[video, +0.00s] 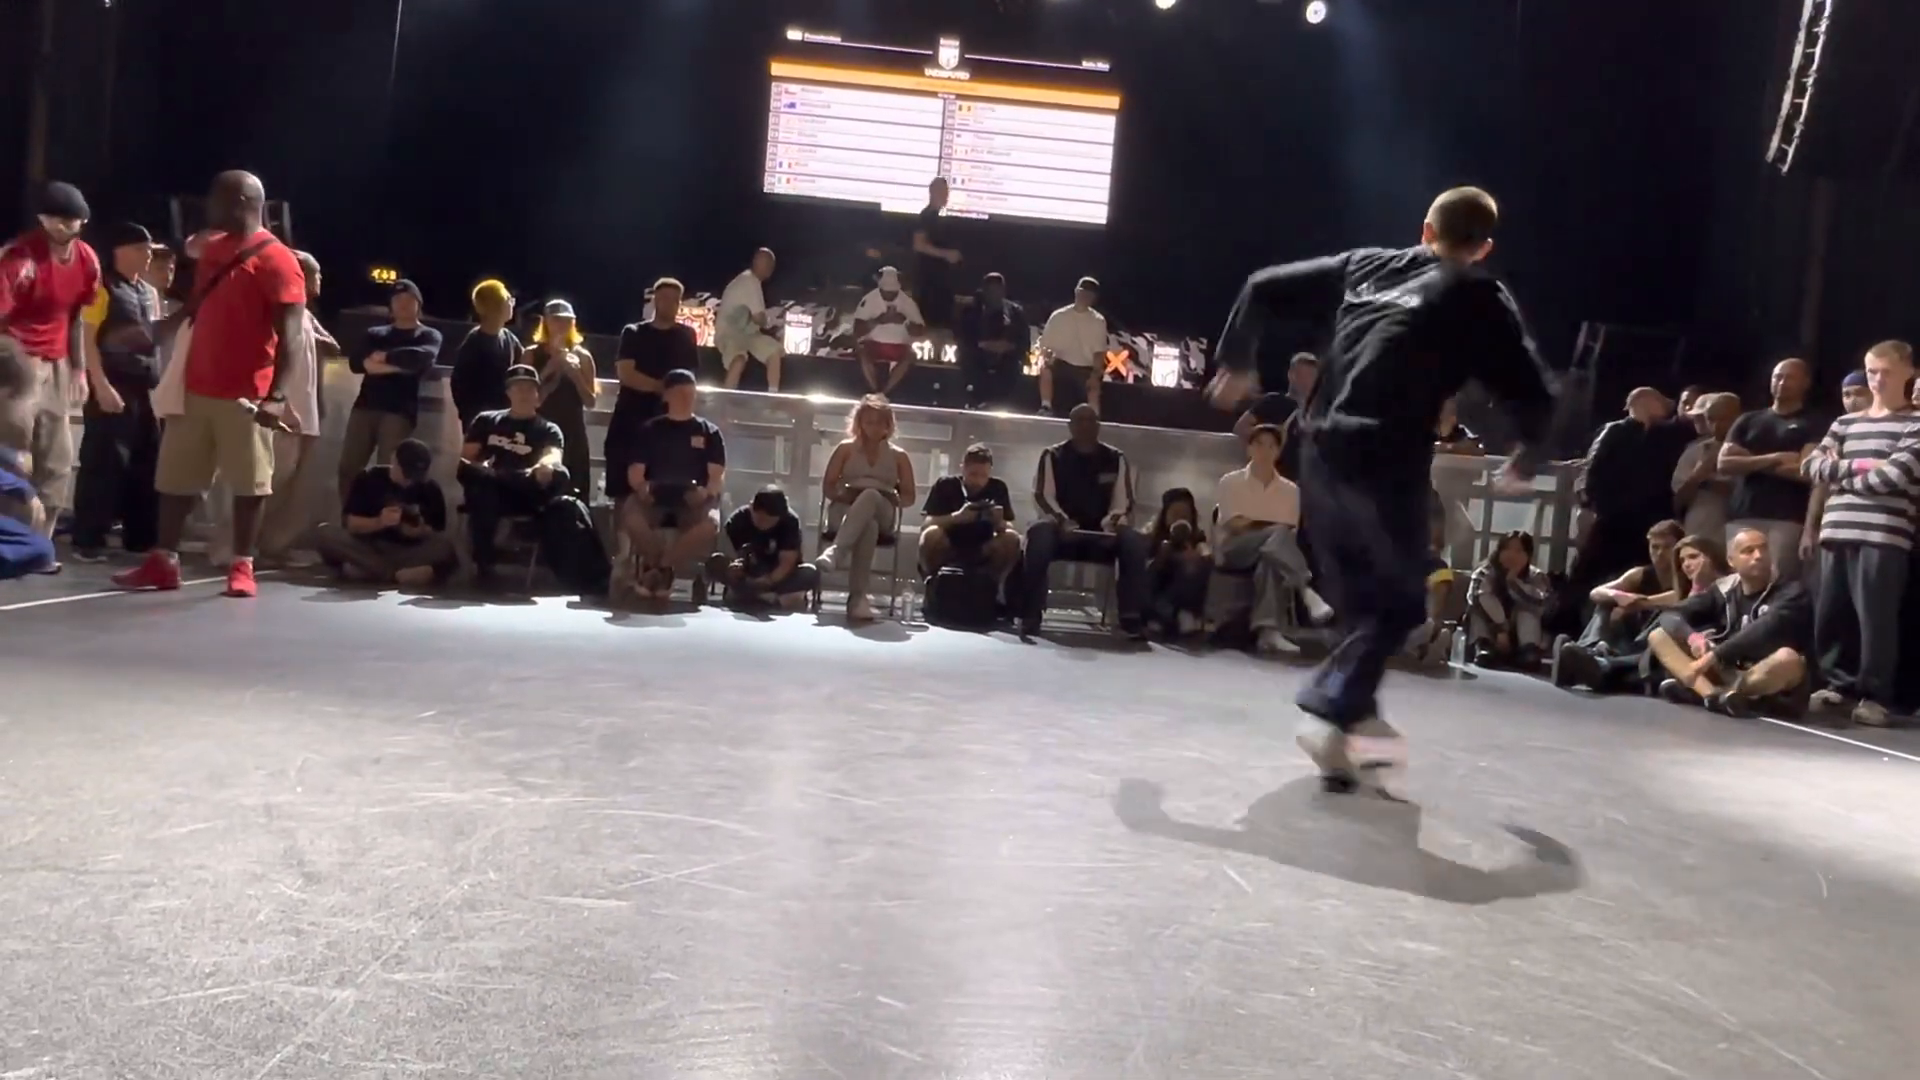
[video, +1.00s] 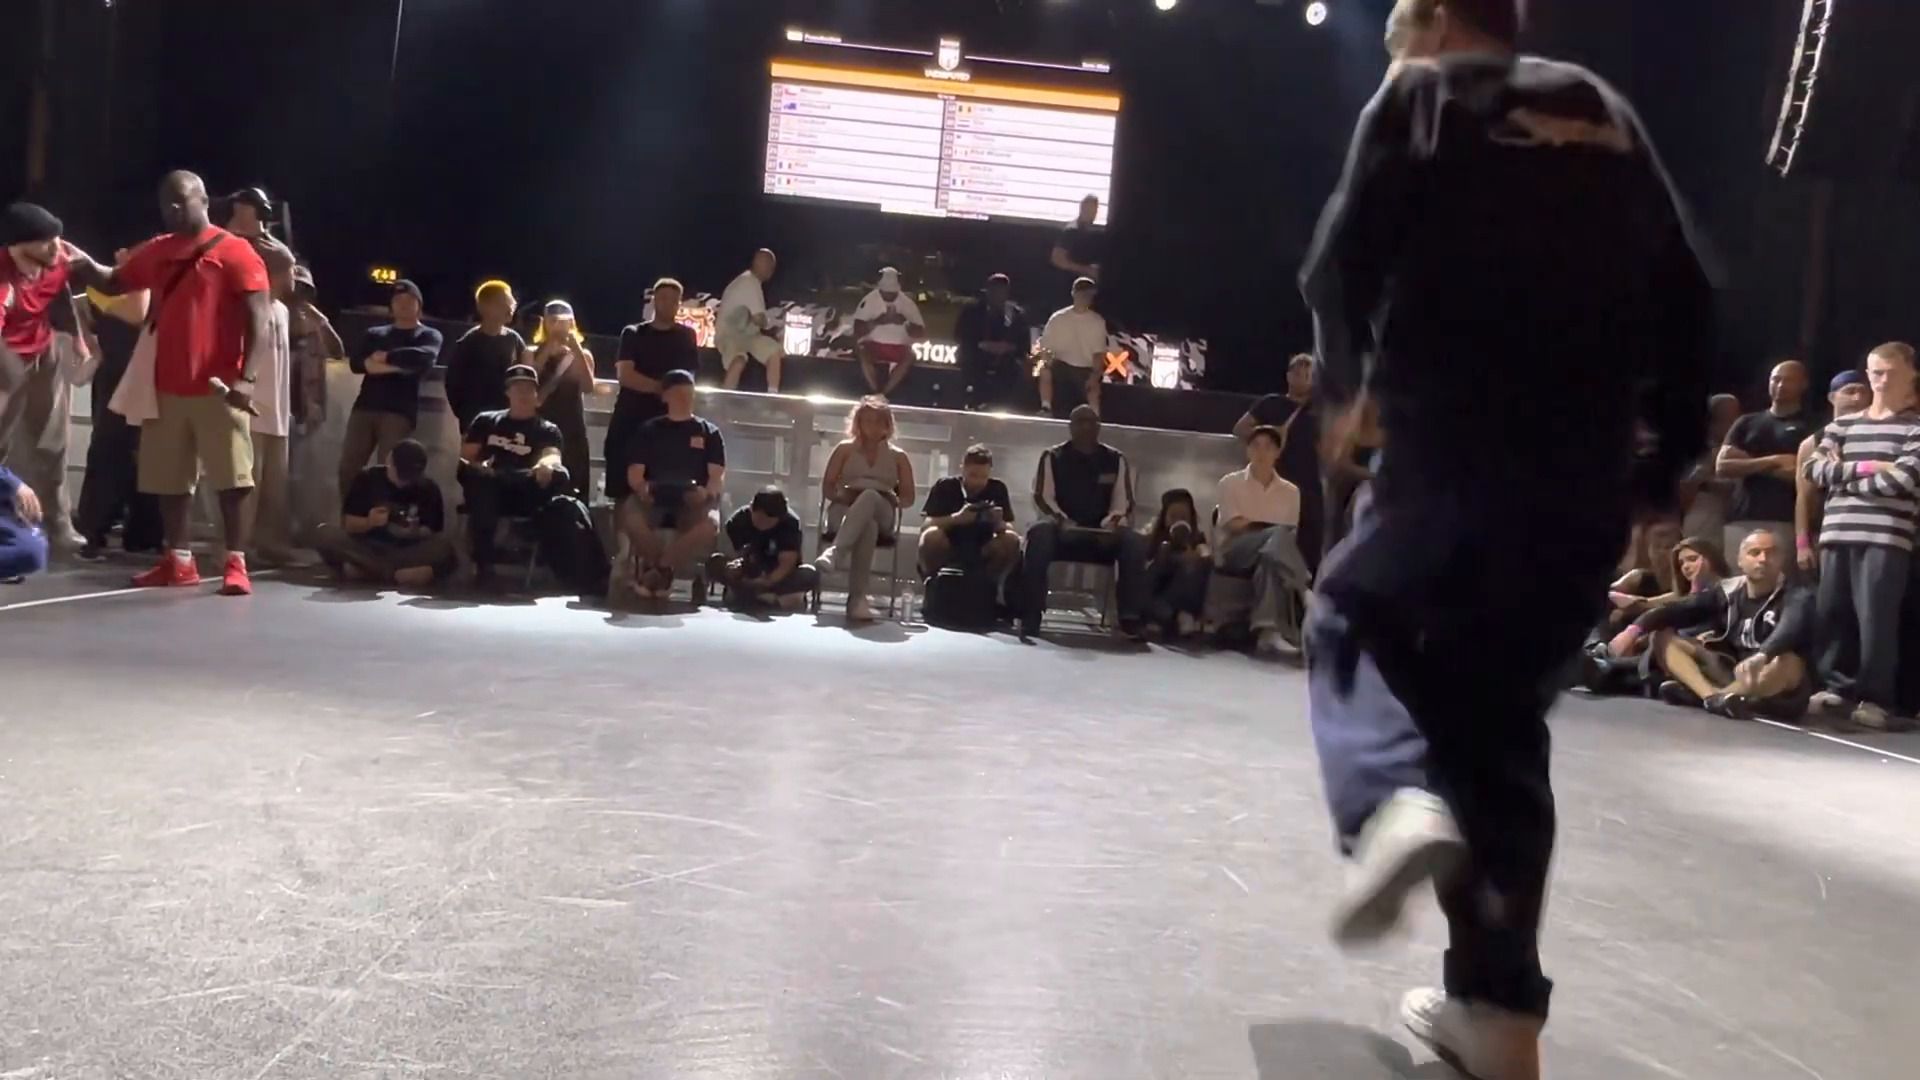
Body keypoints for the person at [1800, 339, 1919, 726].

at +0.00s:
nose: (1875, 380)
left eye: (1884, 373)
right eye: (1871, 373)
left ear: (1908, 376)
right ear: (1865, 374)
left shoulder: (1913, 424)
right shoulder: (1845, 423)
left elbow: (1895, 476)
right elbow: (1811, 464)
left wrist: (1841, 476)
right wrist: (1858, 469)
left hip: (1883, 535)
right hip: (1835, 533)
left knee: (1876, 619)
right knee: (1830, 614)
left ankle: (1875, 697)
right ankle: (1837, 685)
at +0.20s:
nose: (1876, 381)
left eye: (1884, 374)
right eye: (1871, 374)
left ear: (1909, 376)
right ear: (1866, 376)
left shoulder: (1913, 424)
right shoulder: (1847, 422)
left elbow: (1897, 475)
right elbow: (1811, 460)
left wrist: (1841, 475)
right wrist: (1859, 468)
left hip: (1884, 534)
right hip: (1837, 532)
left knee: (1876, 616)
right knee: (1832, 612)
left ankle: (1876, 697)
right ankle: (1838, 686)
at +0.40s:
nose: (1877, 379)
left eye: (1885, 372)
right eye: (1872, 372)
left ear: (1909, 374)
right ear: (1868, 374)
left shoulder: (1913, 423)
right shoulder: (1845, 422)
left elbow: (1897, 476)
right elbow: (1813, 465)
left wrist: (1840, 474)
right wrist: (1868, 467)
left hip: (1884, 533)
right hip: (1836, 531)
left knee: (1875, 617)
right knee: (1830, 611)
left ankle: (1876, 698)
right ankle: (1837, 687)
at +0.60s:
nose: (1876, 381)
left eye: (1885, 374)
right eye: (1872, 374)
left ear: (1909, 376)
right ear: (1867, 376)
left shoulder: (1913, 425)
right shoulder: (1844, 422)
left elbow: (1898, 478)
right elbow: (1812, 467)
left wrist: (1841, 474)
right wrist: (1869, 466)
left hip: (1885, 534)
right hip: (1836, 531)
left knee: (1876, 619)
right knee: (1831, 613)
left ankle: (1875, 699)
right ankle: (1837, 689)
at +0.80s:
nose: (1879, 379)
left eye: (1888, 372)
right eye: (1875, 371)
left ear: (1911, 376)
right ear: (1868, 375)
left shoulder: (1913, 426)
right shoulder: (1843, 422)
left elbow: (1900, 479)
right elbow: (1813, 468)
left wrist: (1841, 475)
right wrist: (1869, 466)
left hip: (1884, 534)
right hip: (1836, 531)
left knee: (1875, 618)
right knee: (1832, 612)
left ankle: (1876, 699)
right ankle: (1838, 687)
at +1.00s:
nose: (1880, 380)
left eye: (1889, 373)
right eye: (1875, 373)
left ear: (1912, 376)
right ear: (1867, 376)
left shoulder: (1913, 426)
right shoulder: (1845, 422)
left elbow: (1902, 480)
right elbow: (1813, 468)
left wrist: (1843, 477)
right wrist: (1869, 467)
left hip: (1885, 534)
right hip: (1836, 532)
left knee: (1875, 618)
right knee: (1831, 612)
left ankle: (1876, 699)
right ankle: (1837, 687)